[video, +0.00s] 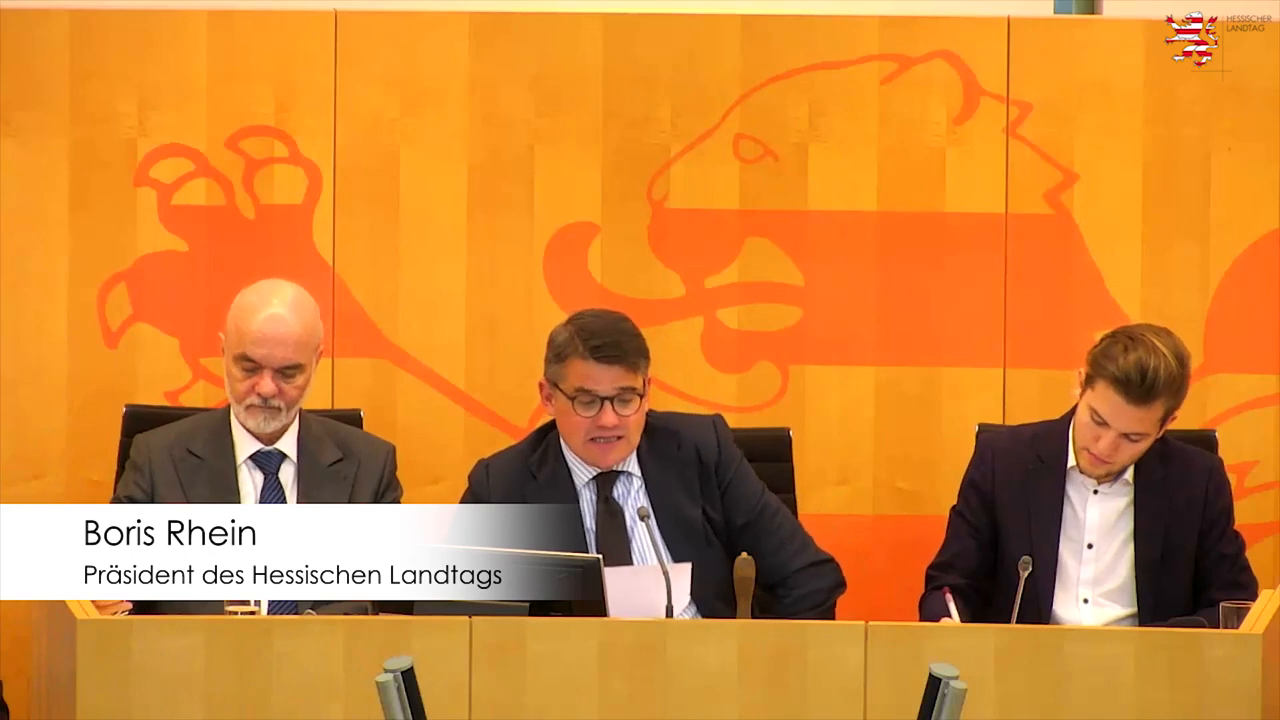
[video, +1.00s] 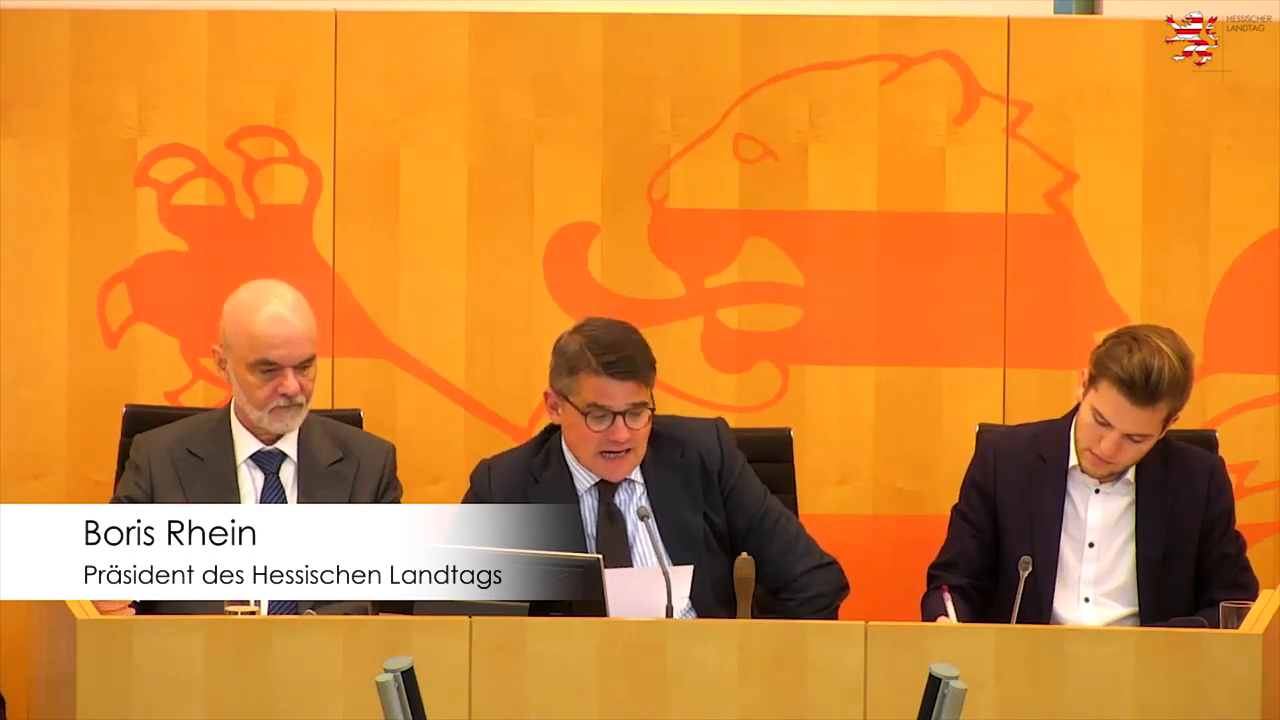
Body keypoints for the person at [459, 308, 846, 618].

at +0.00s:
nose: (608, 419)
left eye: (624, 398)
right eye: (586, 400)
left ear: (646, 390)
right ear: (549, 397)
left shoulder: (704, 450)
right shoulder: (500, 485)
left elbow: (809, 580)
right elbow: (466, 619)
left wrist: (764, 679)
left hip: (706, 673)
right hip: (566, 683)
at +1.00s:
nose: (621, 434)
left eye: (636, 412)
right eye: (599, 416)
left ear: (652, 397)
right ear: (555, 406)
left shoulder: (707, 454)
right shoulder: (501, 487)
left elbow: (813, 582)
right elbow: (467, 623)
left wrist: (760, 676)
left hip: (704, 675)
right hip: (564, 685)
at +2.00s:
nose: (614, 435)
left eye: (628, 413)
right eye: (591, 418)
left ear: (644, 395)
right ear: (548, 410)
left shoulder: (704, 453)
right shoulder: (500, 487)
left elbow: (811, 581)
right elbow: (468, 623)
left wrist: (760, 676)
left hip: (703, 673)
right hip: (564, 683)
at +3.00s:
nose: (613, 437)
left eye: (627, 415)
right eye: (590, 419)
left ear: (645, 396)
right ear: (548, 411)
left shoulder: (703, 456)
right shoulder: (498, 489)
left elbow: (812, 583)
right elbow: (461, 624)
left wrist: (761, 677)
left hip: (703, 677)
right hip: (563, 686)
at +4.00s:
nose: (618, 441)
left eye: (634, 419)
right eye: (595, 423)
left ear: (650, 400)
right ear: (553, 411)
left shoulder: (705, 457)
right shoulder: (500, 488)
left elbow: (814, 583)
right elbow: (460, 622)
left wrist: (756, 675)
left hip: (701, 678)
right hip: (562, 686)